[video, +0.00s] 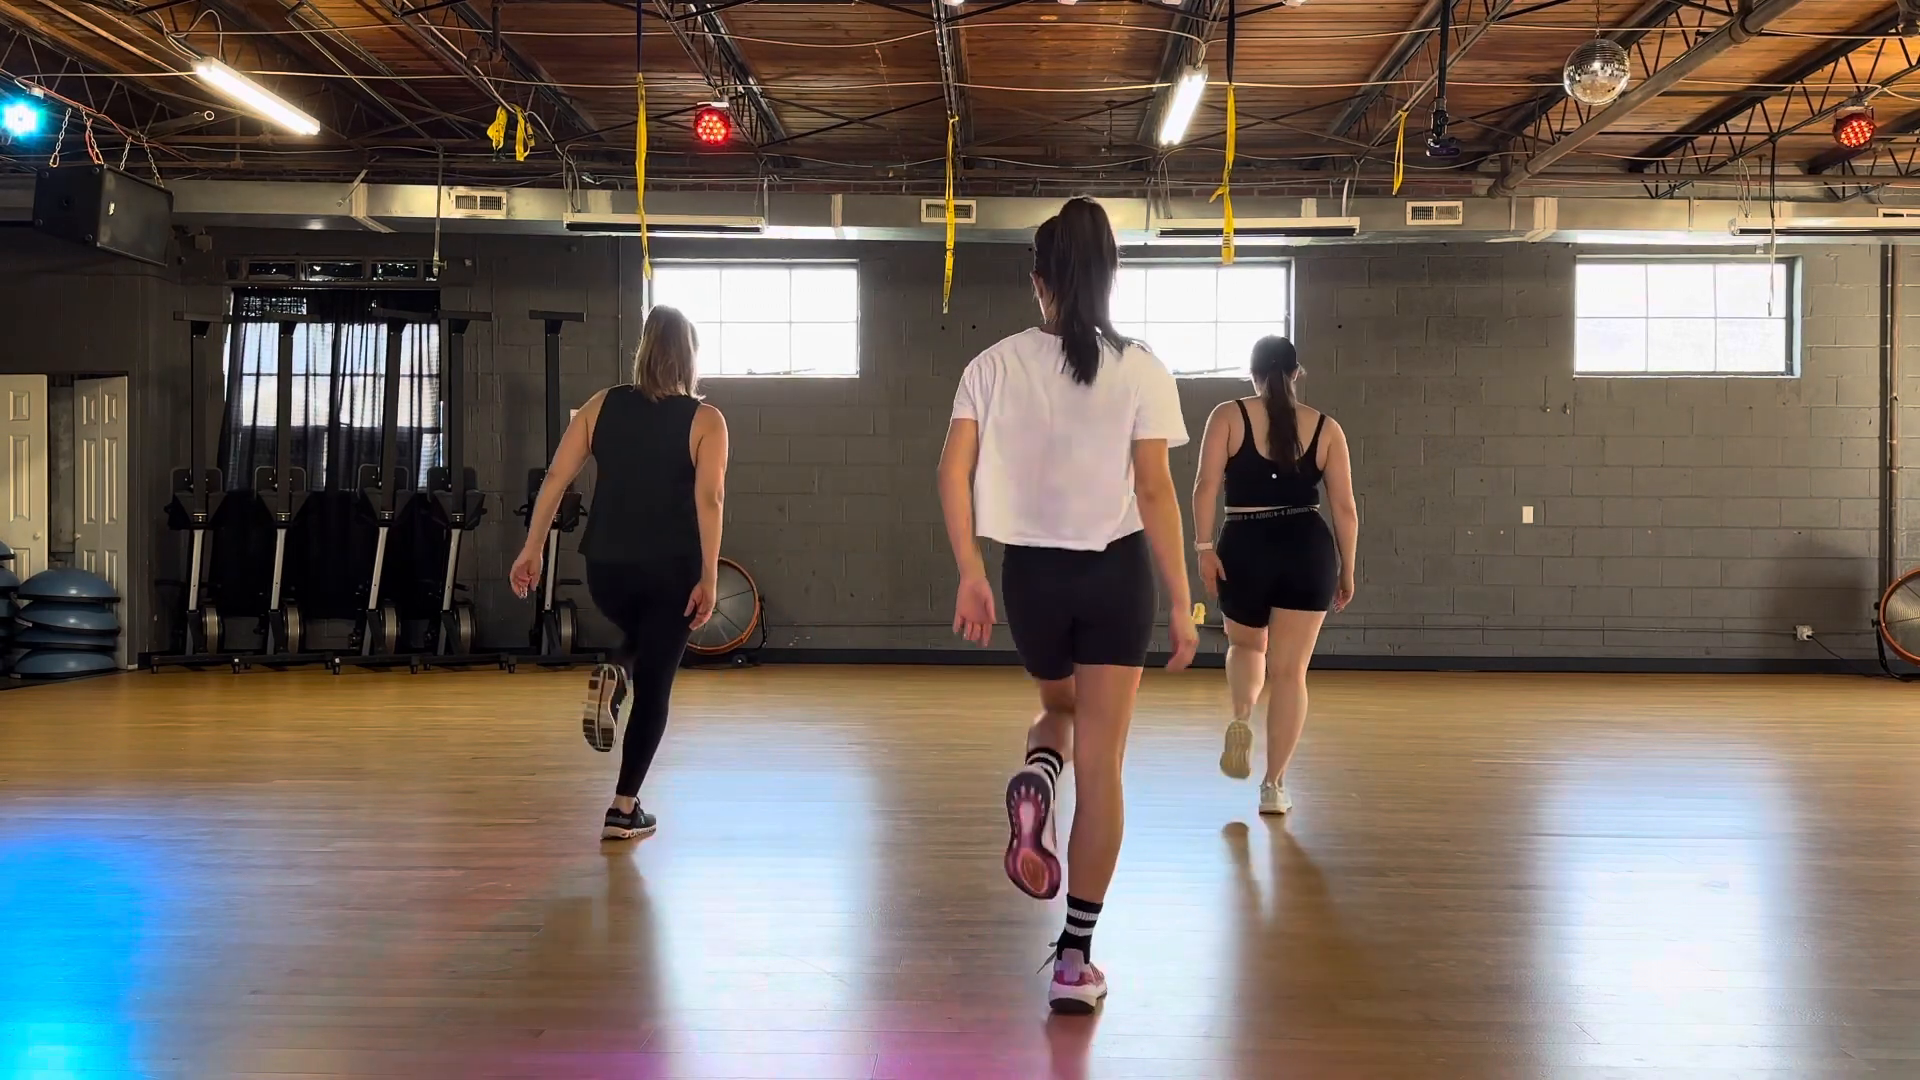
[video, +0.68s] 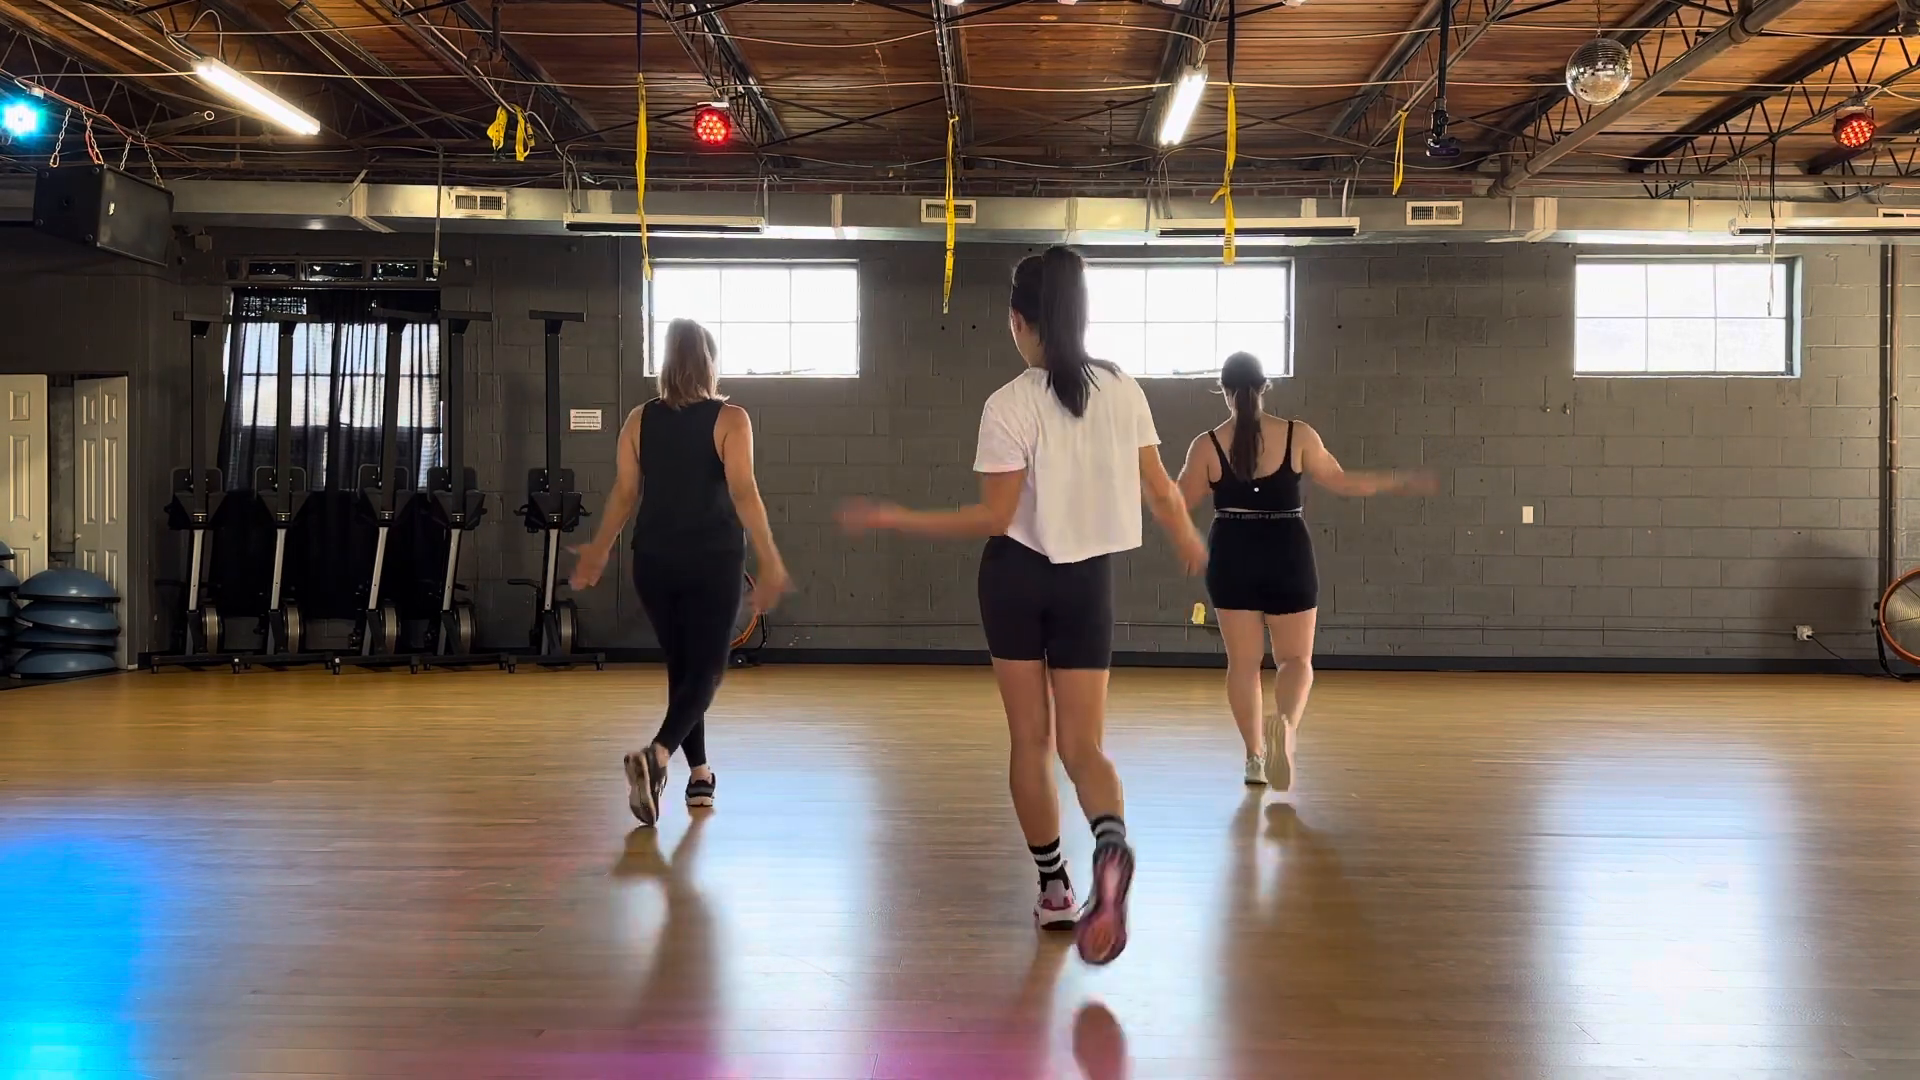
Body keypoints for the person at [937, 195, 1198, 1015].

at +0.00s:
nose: (1037, 283)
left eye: (1037, 271)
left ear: (1038, 277)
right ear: (1109, 274)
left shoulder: (993, 365)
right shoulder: (1140, 368)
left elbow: (953, 468)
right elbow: (1152, 488)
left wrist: (970, 569)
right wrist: (1179, 597)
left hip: (1025, 573)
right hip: (1115, 573)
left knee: (1058, 705)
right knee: (1098, 767)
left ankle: (1035, 784)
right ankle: (1074, 957)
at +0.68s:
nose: (1008, 324)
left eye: (1012, 313)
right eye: (1012, 312)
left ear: (1025, 319)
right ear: (1076, 314)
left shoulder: (1010, 404)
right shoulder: (1125, 392)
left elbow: (996, 516)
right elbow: (1161, 490)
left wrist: (899, 519)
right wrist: (1188, 541)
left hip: (1015, 581)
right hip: (1089, 584)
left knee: (1028, 741)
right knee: (1083, 742)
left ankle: (1057, 888)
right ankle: (1113, 841)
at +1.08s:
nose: (999, 332)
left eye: (1002, 323)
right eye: (1000, 323)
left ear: (1016, 326)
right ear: (1063, 324)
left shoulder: (994, 374)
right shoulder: (1107, 386)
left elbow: (919, 376)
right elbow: (1183, 399)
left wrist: (922, 433)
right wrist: (1126, 420)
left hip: (1019, 564)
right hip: (1083, 564)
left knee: (1037, 726)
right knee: (1037, 698)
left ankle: (1058, 863)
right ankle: (1032, 820)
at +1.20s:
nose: (986, 344)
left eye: (990, 334)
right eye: (989, 334)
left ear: (1007, 338)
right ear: (1053, 338)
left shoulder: (989, 386)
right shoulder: (1091, 398)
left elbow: (939, 420)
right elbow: (1160, 426)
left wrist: (958, 493)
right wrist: (1102, 474)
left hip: (1017, 572)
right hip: (1076, 574)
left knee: (1023, 724)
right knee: (1027, 714)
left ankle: (1057, 855)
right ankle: (1015, 835)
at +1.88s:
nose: (968, 352)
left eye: (981, 343)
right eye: (959, 340)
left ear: (1000, 354)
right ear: (944, 348)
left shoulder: (1026, 418)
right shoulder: (927, 418)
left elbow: (1077, 486)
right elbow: (917, 483)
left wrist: (1121, 546)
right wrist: (916, 542)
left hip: (1015, 566)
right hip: (956, 567)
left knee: (1007, 698)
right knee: (949, 712)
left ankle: (1086, 836)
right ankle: (1004, 829)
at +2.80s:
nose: (956, 366)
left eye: (970, 353)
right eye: (942, 355)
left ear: (996, 364)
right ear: (928, 369)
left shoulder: (1044, 426)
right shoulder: (905, 453)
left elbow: (1057, 514)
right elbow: (910, 534)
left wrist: (1026, 574)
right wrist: (948, 581)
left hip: (1023, 589)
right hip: (939, 593)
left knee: (1062, 746)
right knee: (886, 744)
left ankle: (1051, 892)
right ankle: (833, 885)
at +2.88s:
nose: (923, 359)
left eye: (940, 347)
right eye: (912, 347)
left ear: (968, 359)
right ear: (897, 356)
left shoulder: (1007, 429)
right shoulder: (880, 431)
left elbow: (1057, 496)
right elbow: (907, 494)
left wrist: (1044, 559)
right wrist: (944, 544)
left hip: (1008, 572)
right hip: (922, 574)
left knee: (1058, 725)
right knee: (859, 716)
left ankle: (1082, 878)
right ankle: (831, 871)